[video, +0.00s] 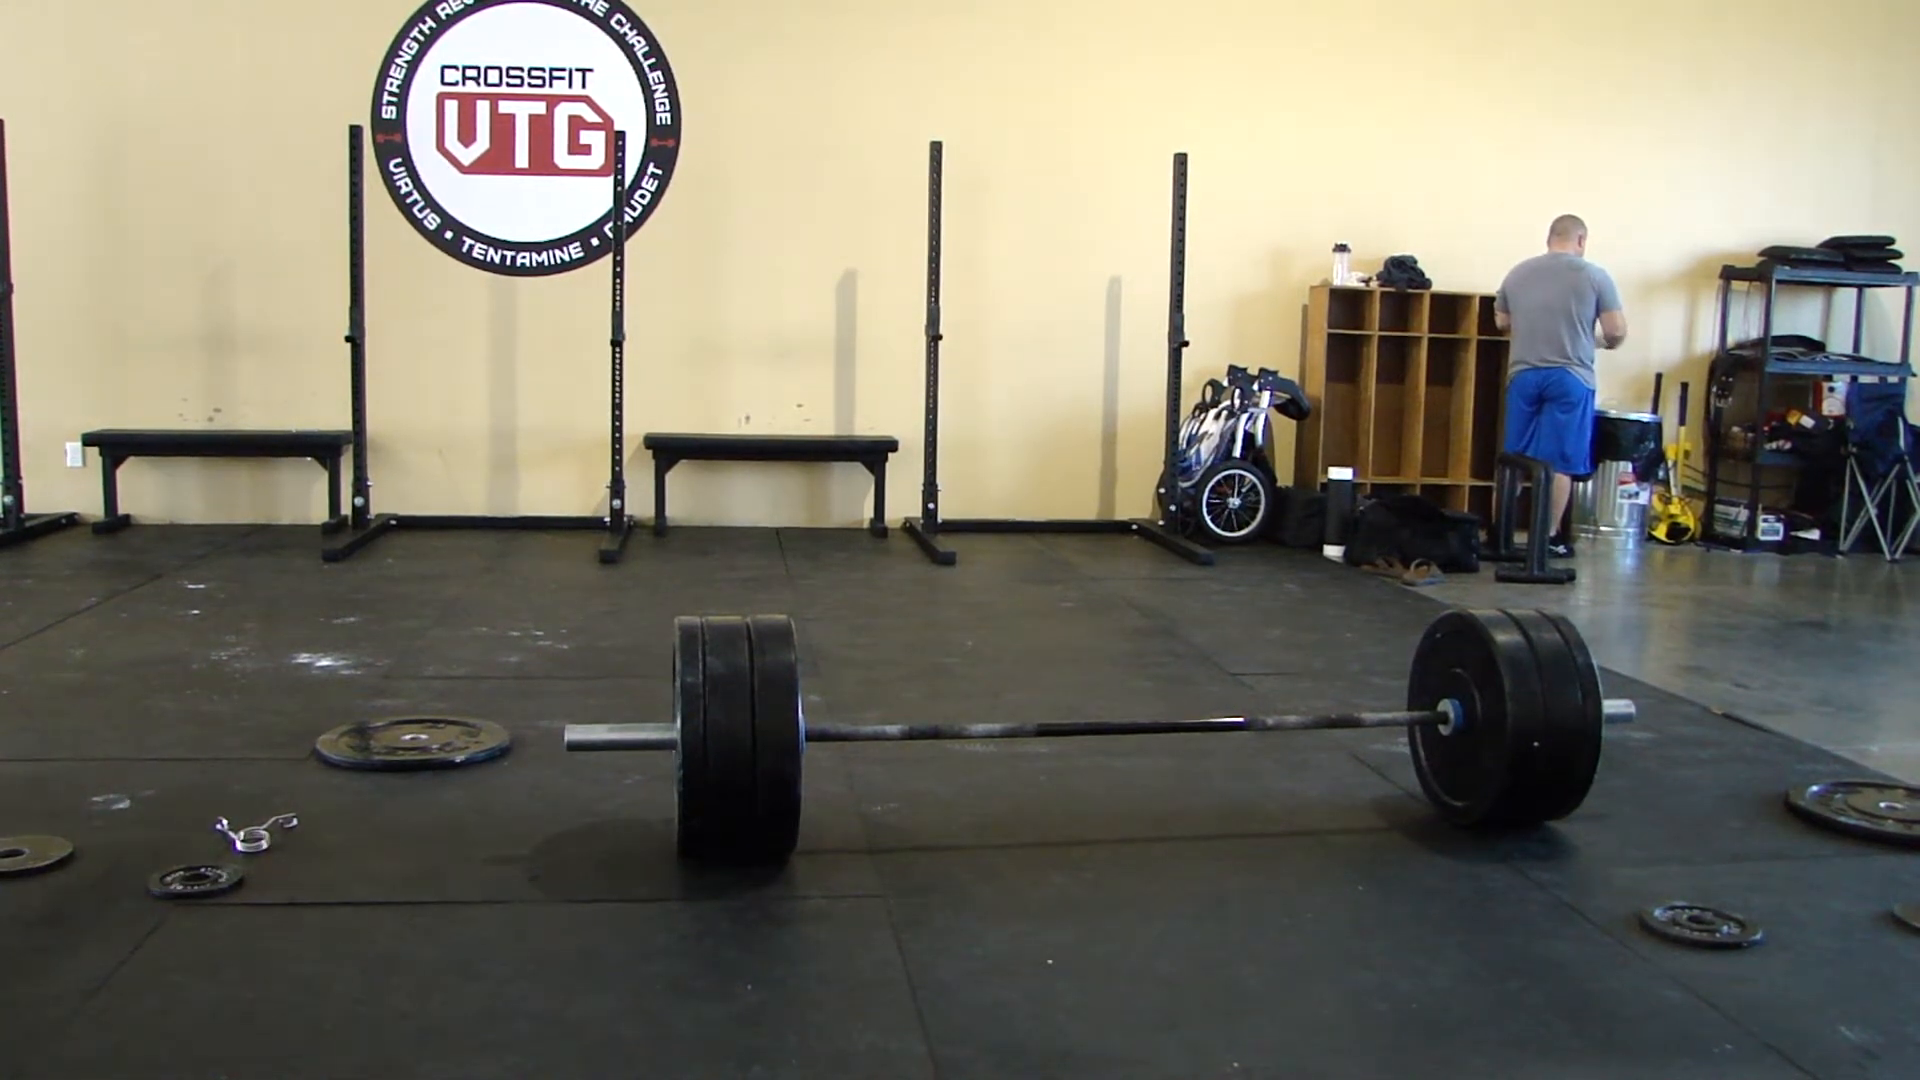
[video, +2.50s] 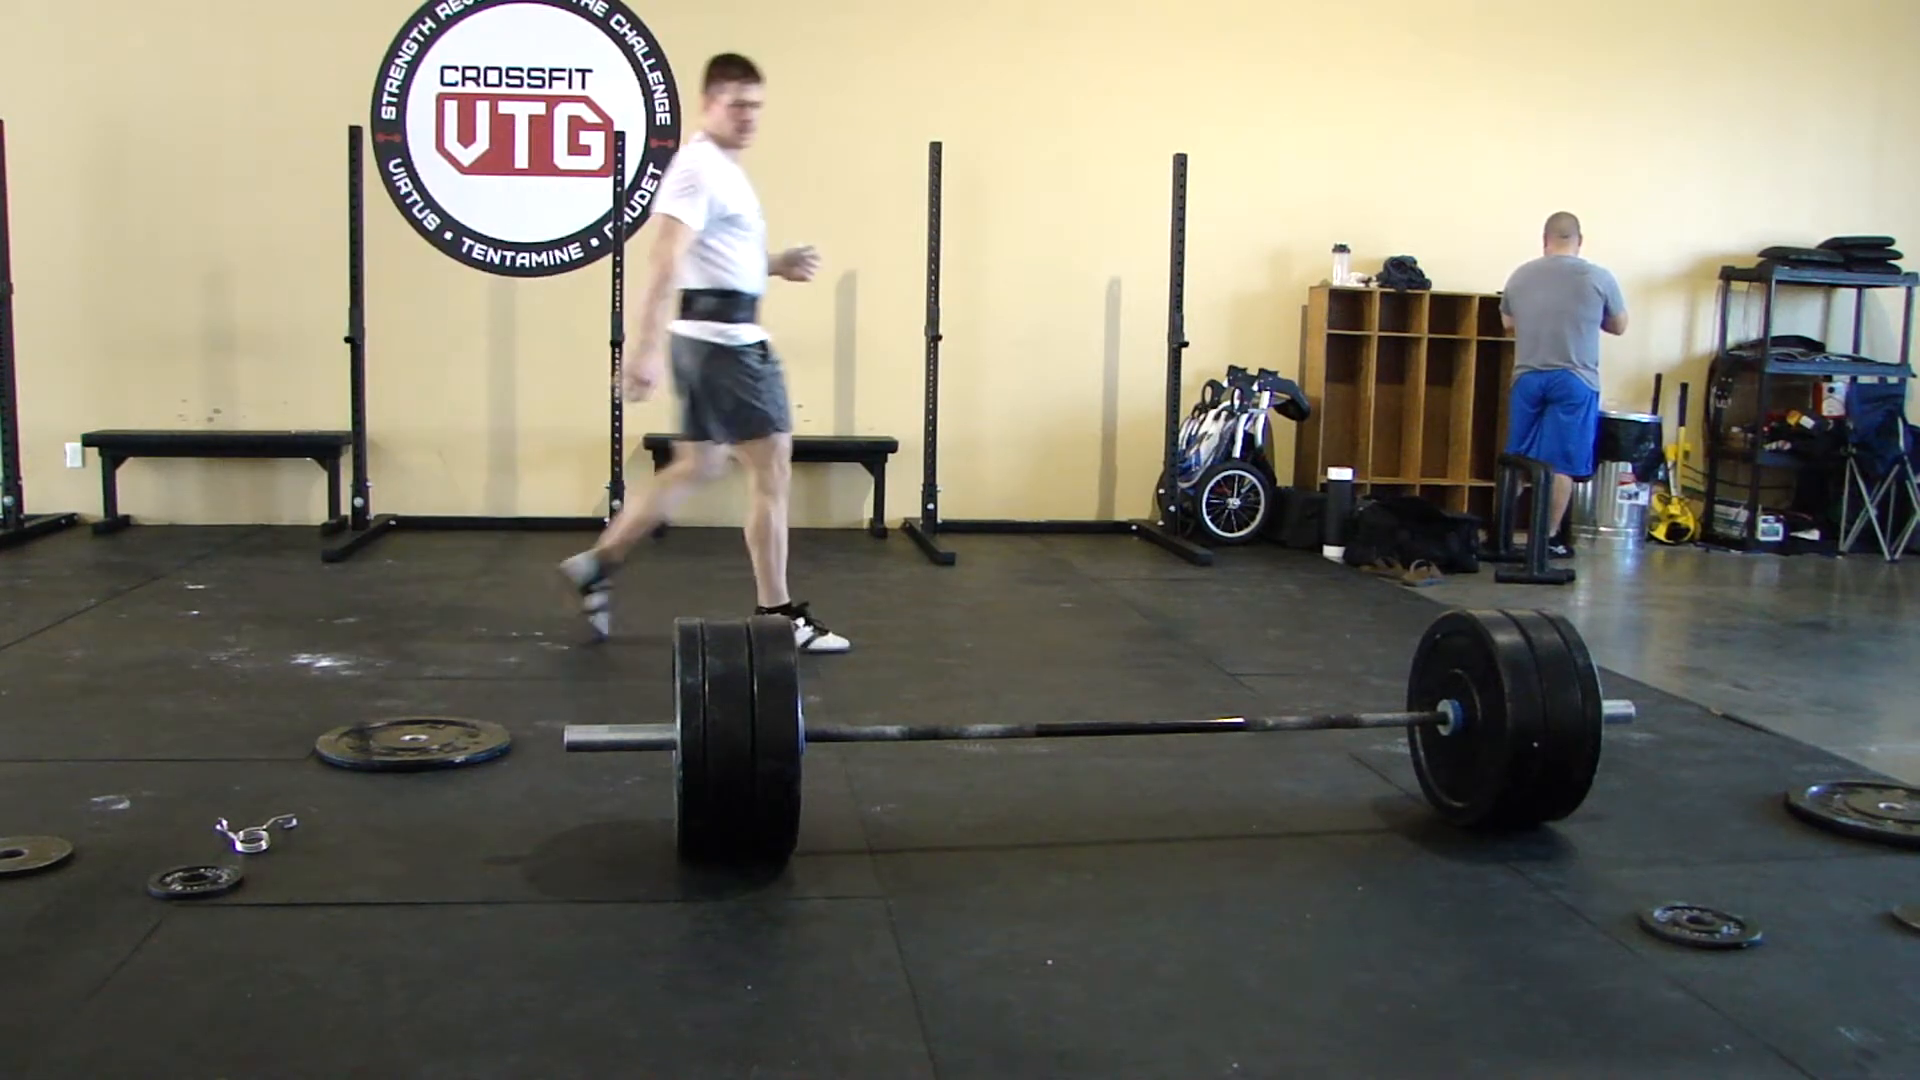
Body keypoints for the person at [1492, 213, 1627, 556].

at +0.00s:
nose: (1582, 248)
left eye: (1581, 243)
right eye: (1584, 243)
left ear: (1548, 240)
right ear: (1581, 241)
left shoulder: (1518, 272)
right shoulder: (1593, 275)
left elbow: (1502, 321)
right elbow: (1616, 332)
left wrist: (1533, 322)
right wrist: (1603, 340)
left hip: (1523, 375)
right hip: (1570, 377)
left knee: (1512, 459)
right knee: (1560, 464)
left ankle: (1500, 535)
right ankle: (1548, 537)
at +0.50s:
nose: (1584, 247)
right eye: (1585, 242)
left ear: (1548, 240)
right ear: (1582, 240)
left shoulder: (1519, 273)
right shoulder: (1595, 276)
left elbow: (1504, 322)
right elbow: (1613, 330)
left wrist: (1537, 318)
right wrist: (1585, 316)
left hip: (1524, 376)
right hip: (1572, 378)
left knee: (1513, 459)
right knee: (1560, 464)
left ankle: (1501, 536)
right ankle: (1549, 537)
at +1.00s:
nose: (1580, 246)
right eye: (1582, 241)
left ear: (1546, 239)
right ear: (1580, 240)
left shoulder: (1520, 274)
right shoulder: (1596, 277)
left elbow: (1508, 322)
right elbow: (1619, 324)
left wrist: (1541, 315)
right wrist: (1587, 307)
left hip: (1526, 377)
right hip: (1574, 379)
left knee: (1514, 459)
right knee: (1562, 465)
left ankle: (1500, 535)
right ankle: (1548, 539)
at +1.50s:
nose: (1564, 245)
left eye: (1549, 238)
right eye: (1577, 240)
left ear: (1545, 239)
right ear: (1580, 241)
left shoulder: (1520, 275)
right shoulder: (1598, 276)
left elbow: (1509, 324)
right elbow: (1619, 326)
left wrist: (1543, 315)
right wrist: (1582, 313)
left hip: (1527, 378)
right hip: (1575, 379)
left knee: (1516, 460)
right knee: (1562, 466)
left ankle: (1502, 536)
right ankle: (1546, 540)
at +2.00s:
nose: (1553, 245)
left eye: (1548, 240)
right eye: (1576, 240)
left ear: (1545, 240)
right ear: (1580, 241)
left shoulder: (1521, 275)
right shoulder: (1599, 276)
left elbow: (1509, 323)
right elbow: (1617, 326)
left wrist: (1543, 314)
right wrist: (1581, 312)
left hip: (1527, 377)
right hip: (1575, 379)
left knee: (1516, 459)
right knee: (1561, 466)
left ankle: (1502, 535)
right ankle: (1547, 540)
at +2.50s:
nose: (1571, 245)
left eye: (1550, 240)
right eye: (1577, 240)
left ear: (1544, 240)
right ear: (1580, 241)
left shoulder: (1520, 275)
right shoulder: (1597, 276)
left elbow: (1509, 324)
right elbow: (1618, 326)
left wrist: (1542, 314)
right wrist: (1582, 311)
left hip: (1527, 377)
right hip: (1575, 379)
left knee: (1516, 459)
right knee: (1562, 465)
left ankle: (1501, 534)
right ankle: (1547, 540)